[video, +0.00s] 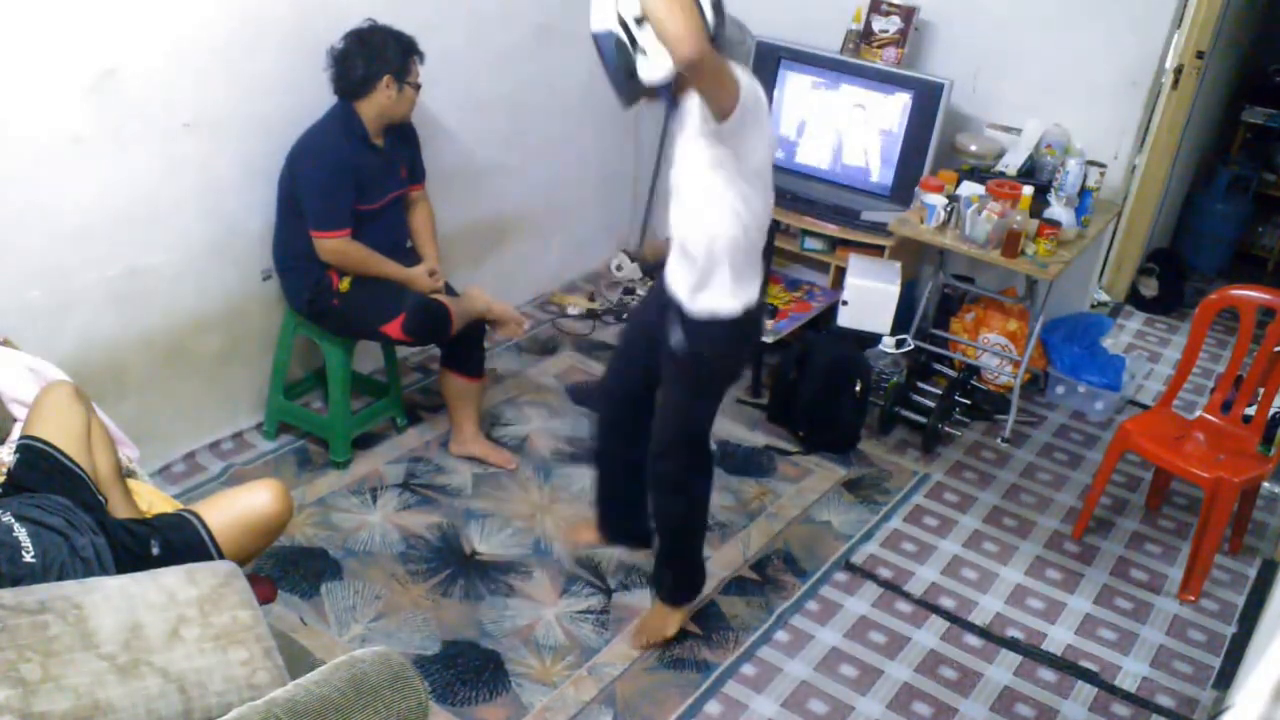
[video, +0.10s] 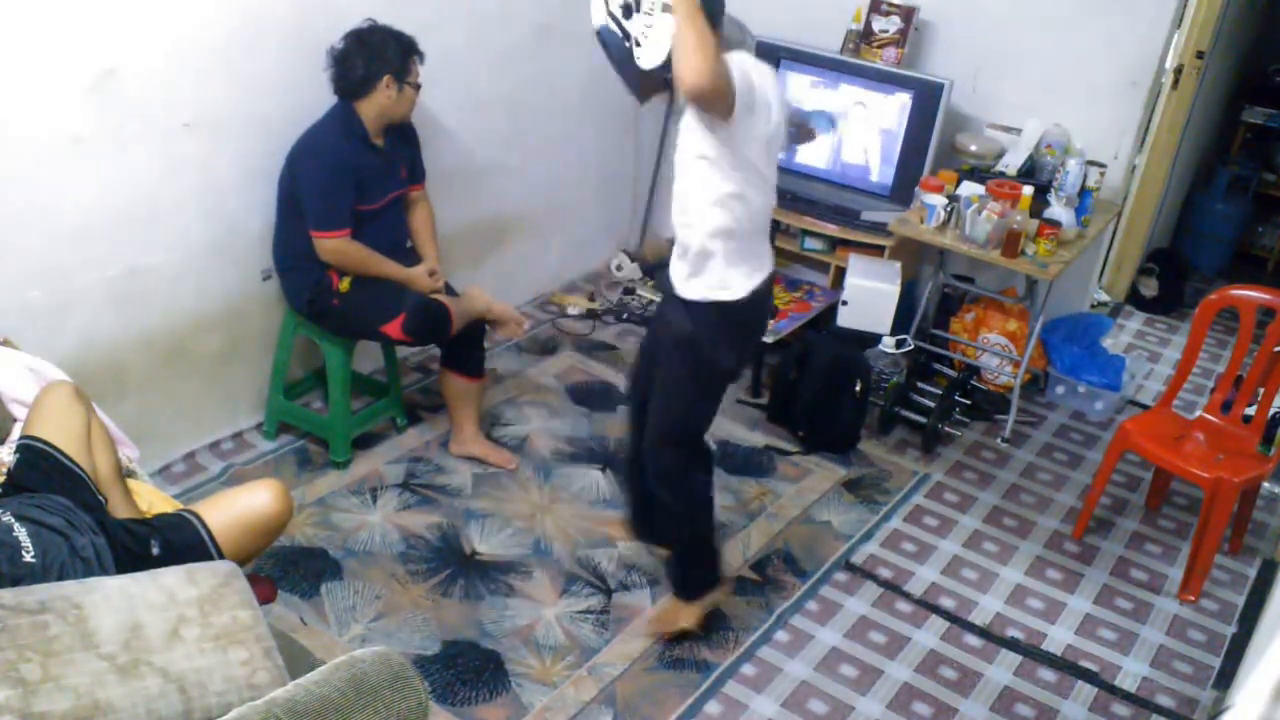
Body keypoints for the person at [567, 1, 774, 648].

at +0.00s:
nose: (664, 67)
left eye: (674, 53)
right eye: (658, 58)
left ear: (704, 53)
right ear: (669, 63)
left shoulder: (741, 107)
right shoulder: (693, 107)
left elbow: (693, 52)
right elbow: (704, 209)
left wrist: (652, 5)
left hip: (718, 318)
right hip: (671, 294)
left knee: (678, 447)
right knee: (620, 401)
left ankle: (679, 592)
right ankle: (623, 526)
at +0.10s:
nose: (665, 45)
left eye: (672, 32)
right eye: (665, 34)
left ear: (701, 24)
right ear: (713, 25)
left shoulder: (749, 76)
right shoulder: (722, 74)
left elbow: (698, 83)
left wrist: (684, 6)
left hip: (724, 300)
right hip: (691, 285)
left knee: (670, 438)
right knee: (644, 401)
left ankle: (698, 588)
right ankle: (650, 522)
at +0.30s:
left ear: (699, 90)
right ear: (759, 85)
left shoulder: (707, 150)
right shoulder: (792, 153)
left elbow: (656, 57)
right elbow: (902, 128)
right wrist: (941, 35)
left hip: (698, 364)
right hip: (745, 355)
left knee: (699, 507)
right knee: (707, 479)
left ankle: (738, 630)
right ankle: (724, 587)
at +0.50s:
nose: (707, 39)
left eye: (713, 31)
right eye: (715, 32)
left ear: (729, 38)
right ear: (786, 41)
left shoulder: (720, 84)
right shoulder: (826, 111)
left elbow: (627, 15)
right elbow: (952, 131)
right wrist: (945, 16)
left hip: (739, 323)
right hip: (704, 306)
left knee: (737, 492)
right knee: (651, 396)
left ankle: (759, 643)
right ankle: (666, 514)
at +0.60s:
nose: (727, 60)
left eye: (732, 48)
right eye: (736, 46)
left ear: (737, 57)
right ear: (798, 61)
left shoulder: (740, 137)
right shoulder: (829, 133)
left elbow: (595, 97)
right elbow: (947, 125)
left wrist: (514, 16)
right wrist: (920, 28)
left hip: (744, 350)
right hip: (712, 327)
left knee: (721, 522)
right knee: (639, 410)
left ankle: (769, 671)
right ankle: (630, 516)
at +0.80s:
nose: (713, 79)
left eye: (736, 74)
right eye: (718, 64)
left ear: (776, 95)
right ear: (718, 63)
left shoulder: (782, 187)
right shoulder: (714, 138)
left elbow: (718, 287)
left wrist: (641, 324)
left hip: (740, 352)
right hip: (679, 333)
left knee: (752, 509)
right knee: (646, 446)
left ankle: (763, 663)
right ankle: (661, 545)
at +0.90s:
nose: (725, 104)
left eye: (745, 99)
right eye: (724, 83)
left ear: (779, 103)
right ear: (719, 58)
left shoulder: (784, 172)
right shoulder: (697, 62)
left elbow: (735, 306)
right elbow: (658, 7)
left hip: (724, 323)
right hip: (657, 303)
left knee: (738, 474)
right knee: (638, 438)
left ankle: (755, 649)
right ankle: (654, 551)